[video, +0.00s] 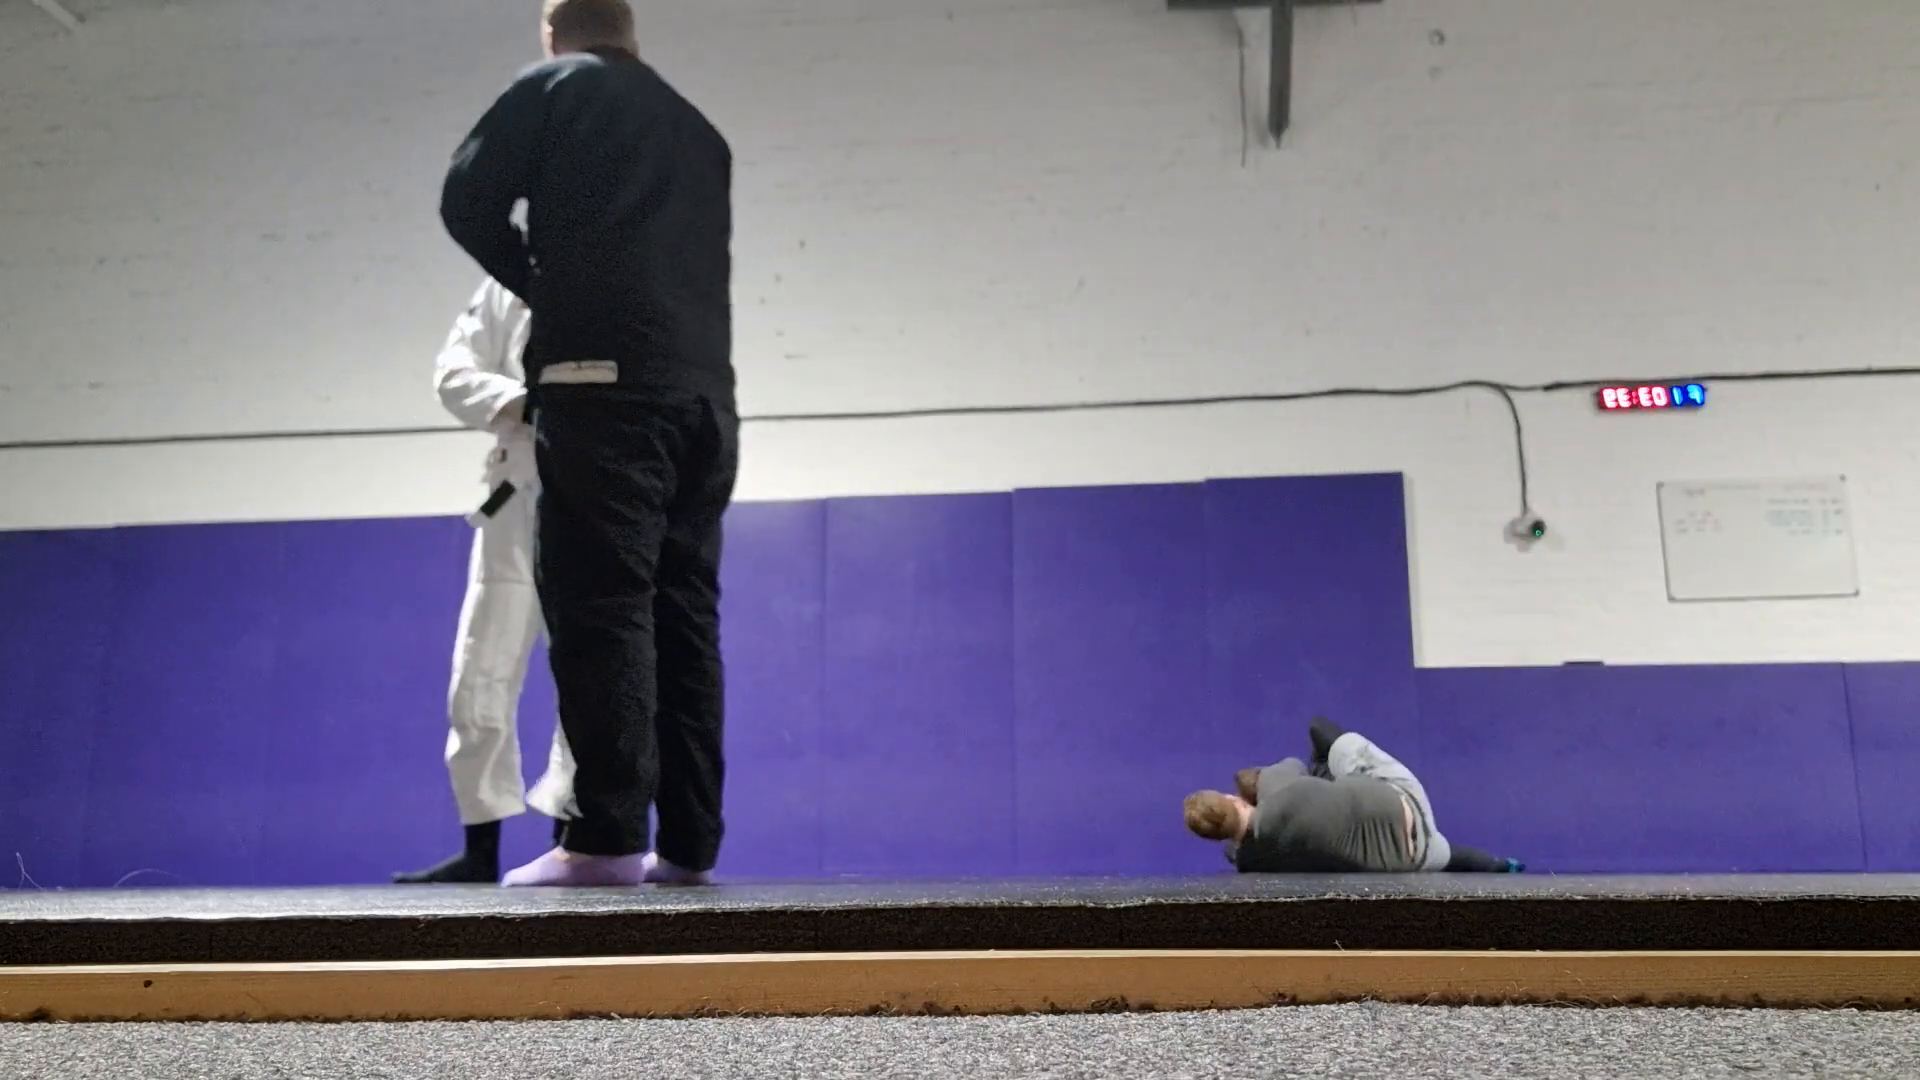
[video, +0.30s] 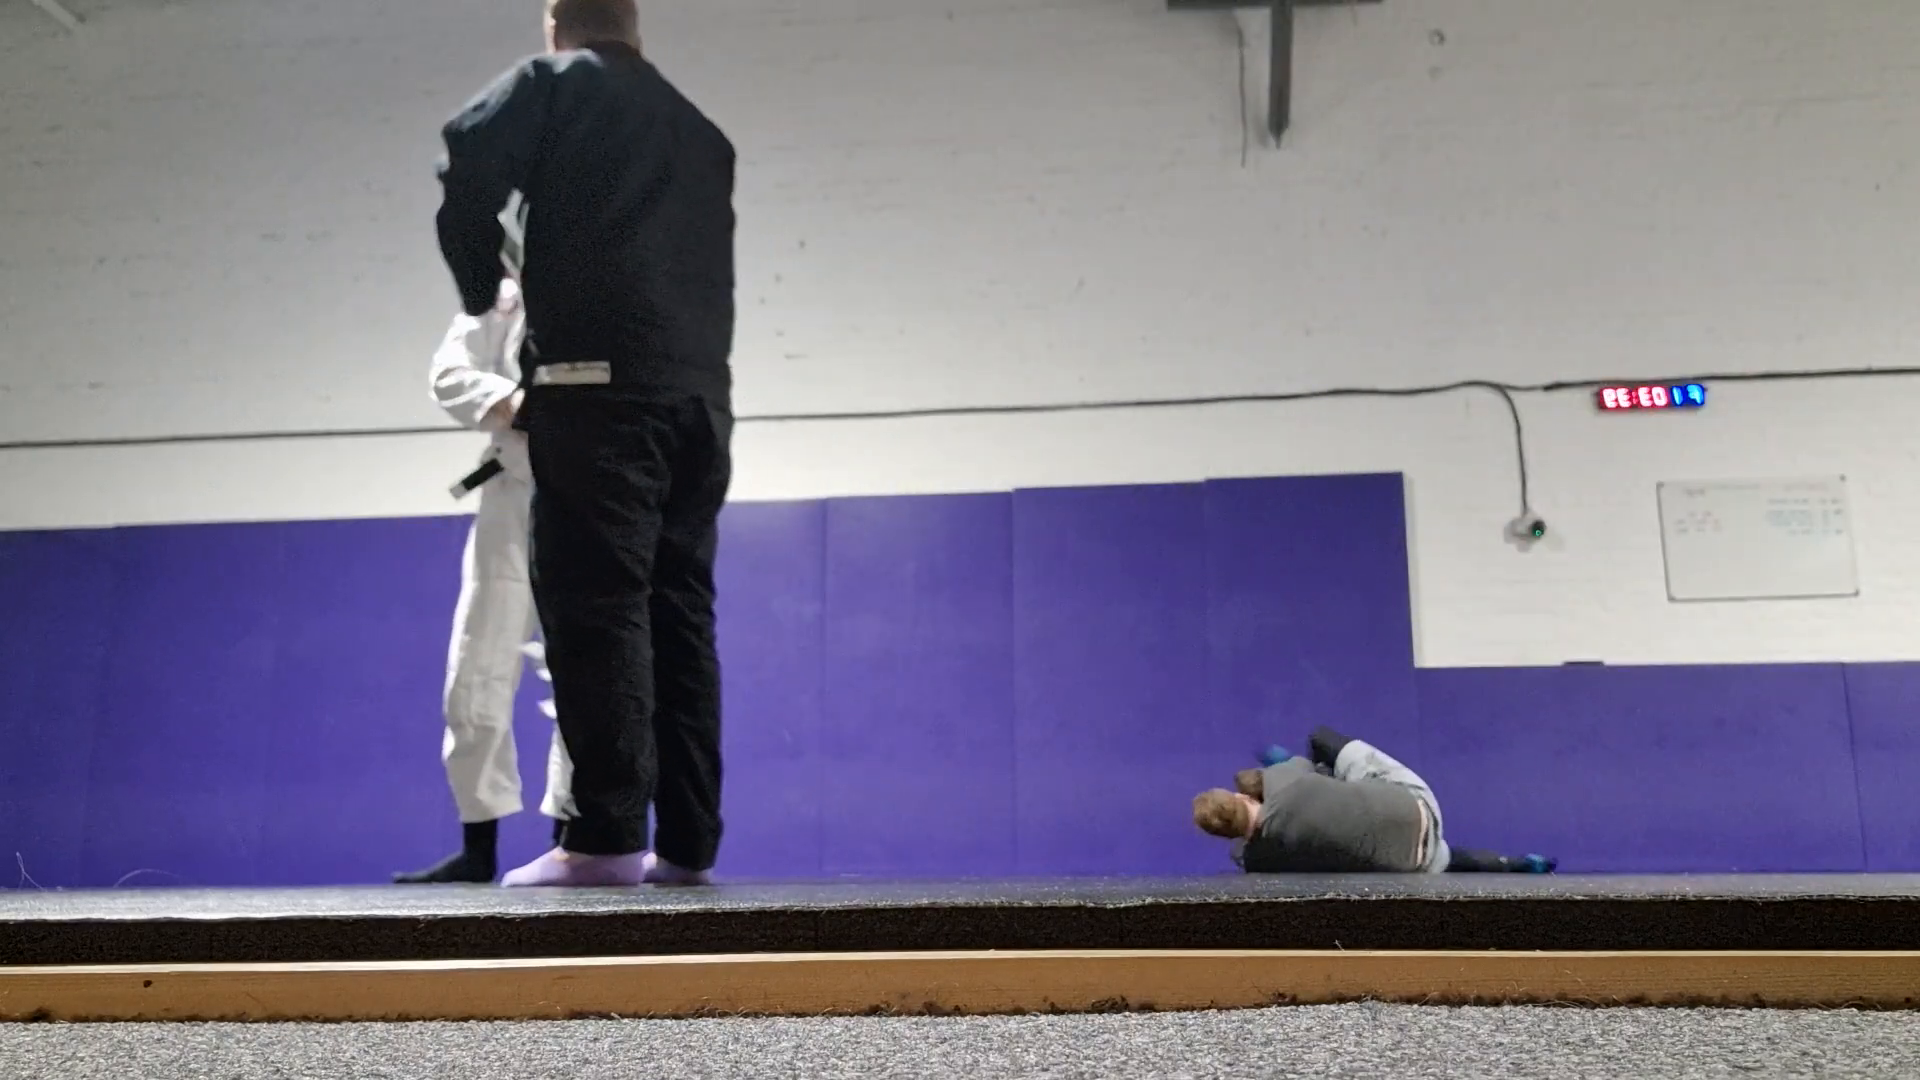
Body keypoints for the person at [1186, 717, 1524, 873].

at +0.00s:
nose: (1231, 788)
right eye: (1227, 790)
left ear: (1218, 839)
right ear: (1235, 794)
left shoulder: (1251, 863)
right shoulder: (1277, 785)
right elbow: (1296, 768)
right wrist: (1256, 781)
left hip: (1414, 861)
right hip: (1409, 807)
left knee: (1446, 854)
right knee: (1326, 732)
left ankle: (1505, 866)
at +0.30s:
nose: (1232, 799)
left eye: (1220, 822)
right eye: (1230, 796)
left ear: (1226, 836)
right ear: (1239, 791)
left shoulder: (1259, 857)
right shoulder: (1279, 776)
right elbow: (1312, 771)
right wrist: (1274, 777)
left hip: (1421, 861)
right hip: (1423, 807)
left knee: (1447, 855)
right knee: (1323, 737)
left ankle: (1523, 865)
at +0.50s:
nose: (1226, 795)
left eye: (1215, 813)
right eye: (1225, 792)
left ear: (1224, 835)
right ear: (1236, 790)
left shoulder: (1257, 857)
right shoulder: (1276, 779)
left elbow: (1247, 853)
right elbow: (1302, 762)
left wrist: (1238, 843)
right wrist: (1255, 778)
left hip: (1415, 859)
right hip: (1414, 805)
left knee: (1441, 855)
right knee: (1311, 737)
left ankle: (1518, 863)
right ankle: (1252, 753)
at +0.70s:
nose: (1226, 796)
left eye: (1217, 828)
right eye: (1223, 794)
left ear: (1222, 839)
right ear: (1233, 793)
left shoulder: (1255, 863)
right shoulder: (1273, 781)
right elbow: (1307, 765)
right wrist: (1260, 776)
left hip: (1413, 860)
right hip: (1412, 806)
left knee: (1438, 858)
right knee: (1307, 736)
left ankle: (1512, 862)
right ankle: (1261, 752)